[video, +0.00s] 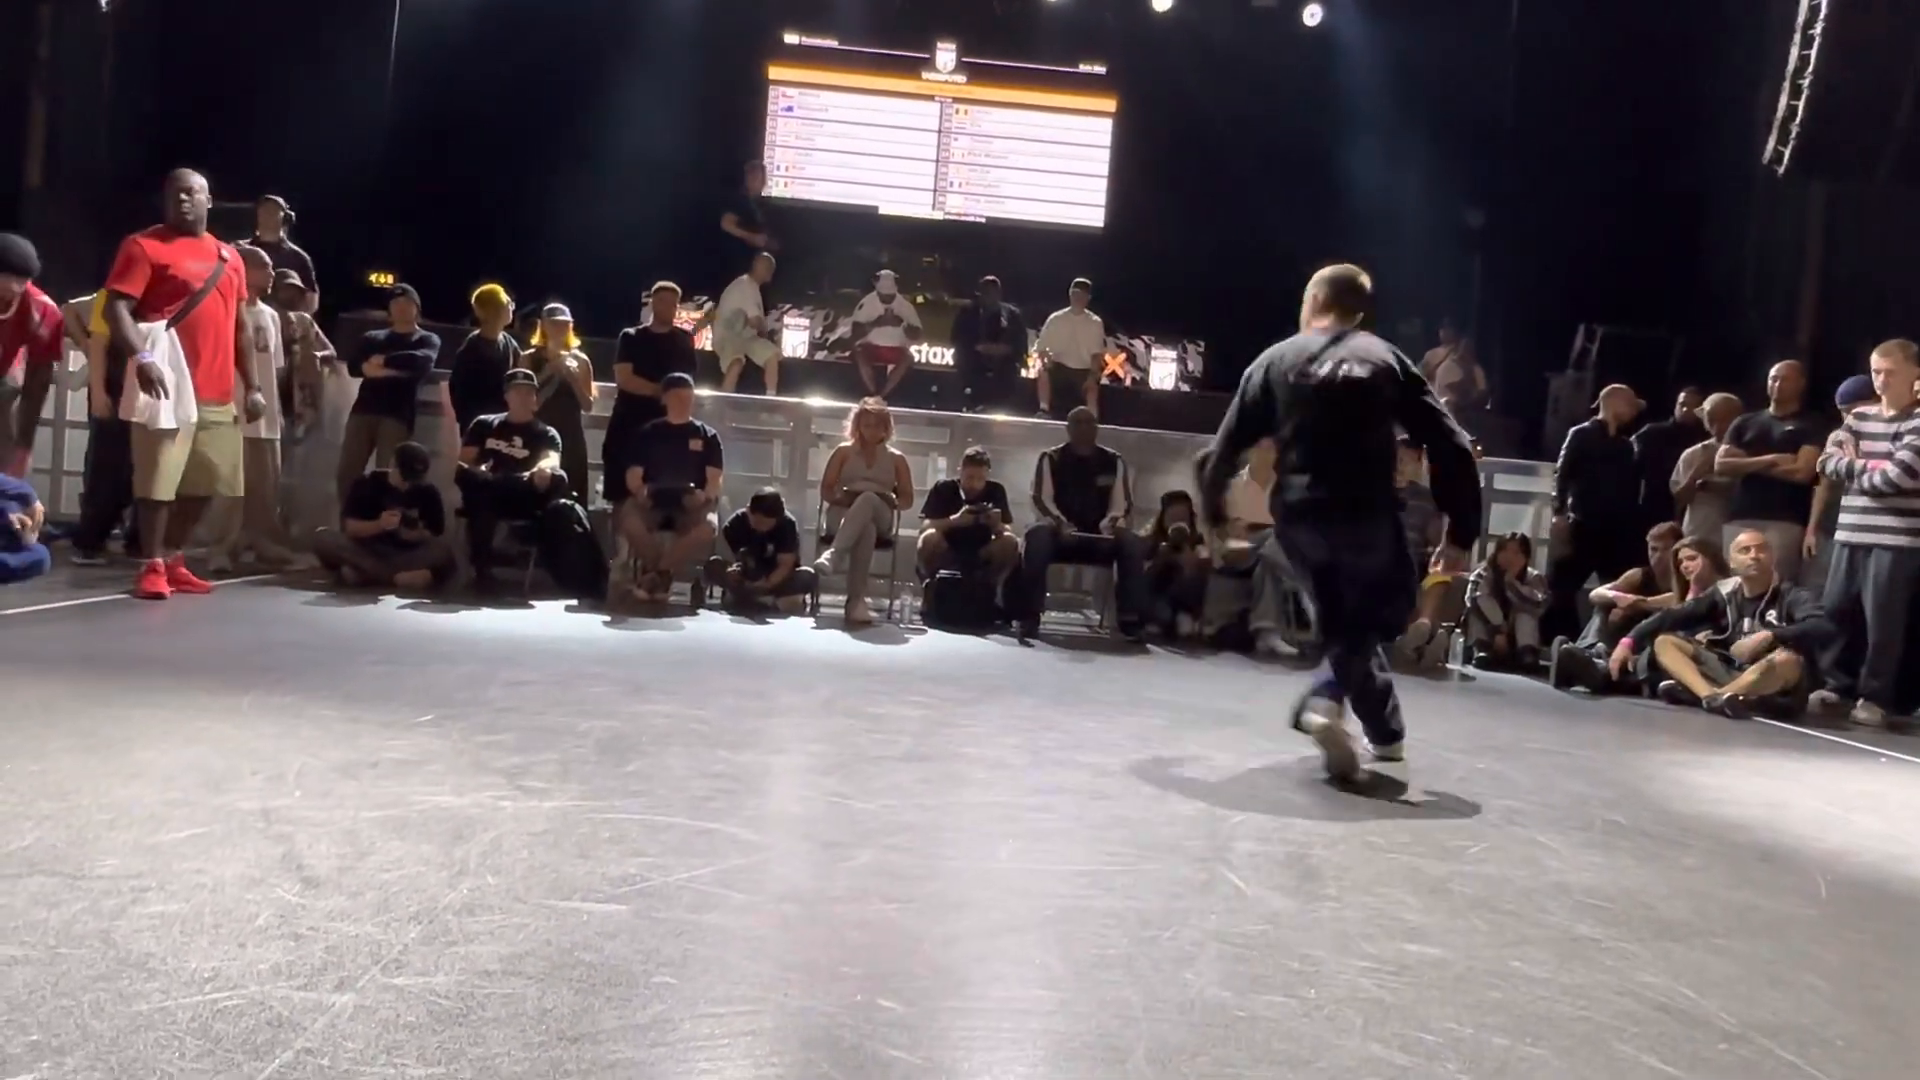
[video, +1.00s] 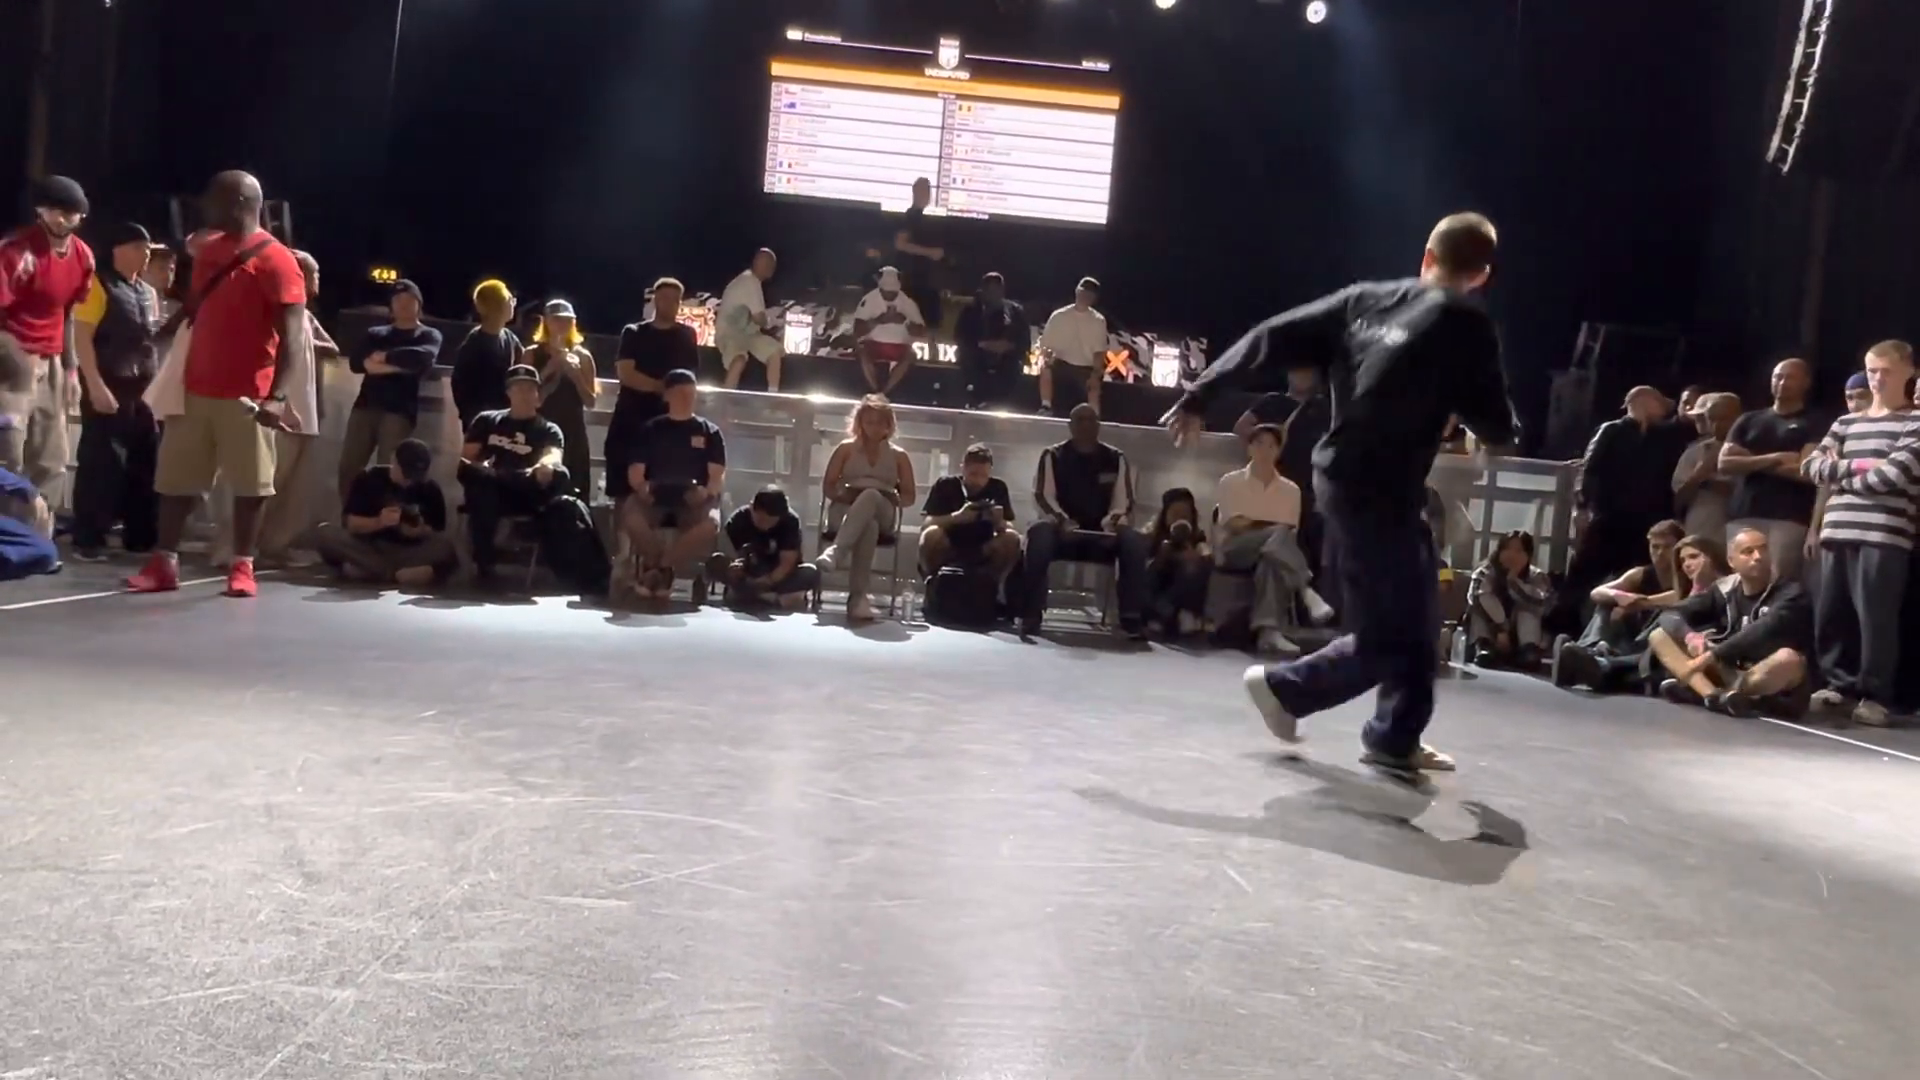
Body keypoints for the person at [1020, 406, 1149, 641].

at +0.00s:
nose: (1084, 430)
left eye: (1089, 424)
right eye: (1078, 424)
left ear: (1097, 428)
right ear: (1067, 428)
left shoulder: (1114, 461)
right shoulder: (1050, 459)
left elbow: (1121, 503)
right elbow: (1041, 499)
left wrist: (1112, 520)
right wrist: (1060, 523)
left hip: (1100, 538)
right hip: (1065, 536)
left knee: (1131, 543)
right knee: (1037, 536)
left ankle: (1131, 621)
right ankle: (1030, 618)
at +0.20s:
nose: (1085, 429)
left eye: (1090, 422)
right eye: (1078, 422)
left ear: (1098, 427)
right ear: (1069, 427)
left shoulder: (1115, 460)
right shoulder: (1052, 458)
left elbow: (1122, 502)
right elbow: (1043, 498)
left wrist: (1112, 519)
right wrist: (1061, 521)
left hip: (1101, 537)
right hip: (1066, 535)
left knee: (1132, 541)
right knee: (1039, 534)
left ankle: (1131, 619)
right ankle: (1031, 617)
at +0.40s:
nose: (1086, 427)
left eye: (1091, 421)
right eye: (1079, 421)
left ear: (1099, 425)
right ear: (1070, 425)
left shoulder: (1116, 459)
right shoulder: (1053, 456)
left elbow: (1123, 500)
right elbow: (1044, 496)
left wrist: (1113, 518)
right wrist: (1061, 519)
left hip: (1102, 535)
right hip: (1067, 533)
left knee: (1132, 539)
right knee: (1040, 533)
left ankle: (1132, 618)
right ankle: (1031, 617)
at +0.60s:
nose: (1086, 427)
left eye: (1092, 421)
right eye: (1080, 421)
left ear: (1100, 425)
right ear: (1071, 425)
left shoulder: (1117, 458)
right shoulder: (1054, 455)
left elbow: (1124, 500)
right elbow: (1046, 496)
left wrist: (1114, 518)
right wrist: (1063, 519)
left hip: (1103, 536)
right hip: (1068, 534)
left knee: (1132, 538)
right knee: (1041, 532)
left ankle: (1133, 617)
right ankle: (1032, 616)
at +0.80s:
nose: (1087, 426)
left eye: (1092, 420)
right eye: (1080, 420)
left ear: (1100, 425)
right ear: (1071, 425)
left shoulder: (1117, 458)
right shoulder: (1054, 455)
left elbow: (1124, 501)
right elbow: (1045, 496)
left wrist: (1114, 518)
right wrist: (1063, 519)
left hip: (1103, 536)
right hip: (1068, 534)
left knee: (1133, 539)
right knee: (1041, 532)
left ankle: (1133, 619)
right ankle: (1033, 616)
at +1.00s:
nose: (1085, 426)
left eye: (1091, 421)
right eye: (1079, 421)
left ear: (1099, 425)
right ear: (1070, 425)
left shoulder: (1116, 458)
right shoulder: (1053, 456)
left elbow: (1123, 501)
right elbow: (1044, 496)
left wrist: (1114, 518)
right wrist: (1062, 519)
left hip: (1102, 536)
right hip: (1067, 534)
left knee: (1133, 540)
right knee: (1040, 532)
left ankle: (1132, 619)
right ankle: (1032, 616)